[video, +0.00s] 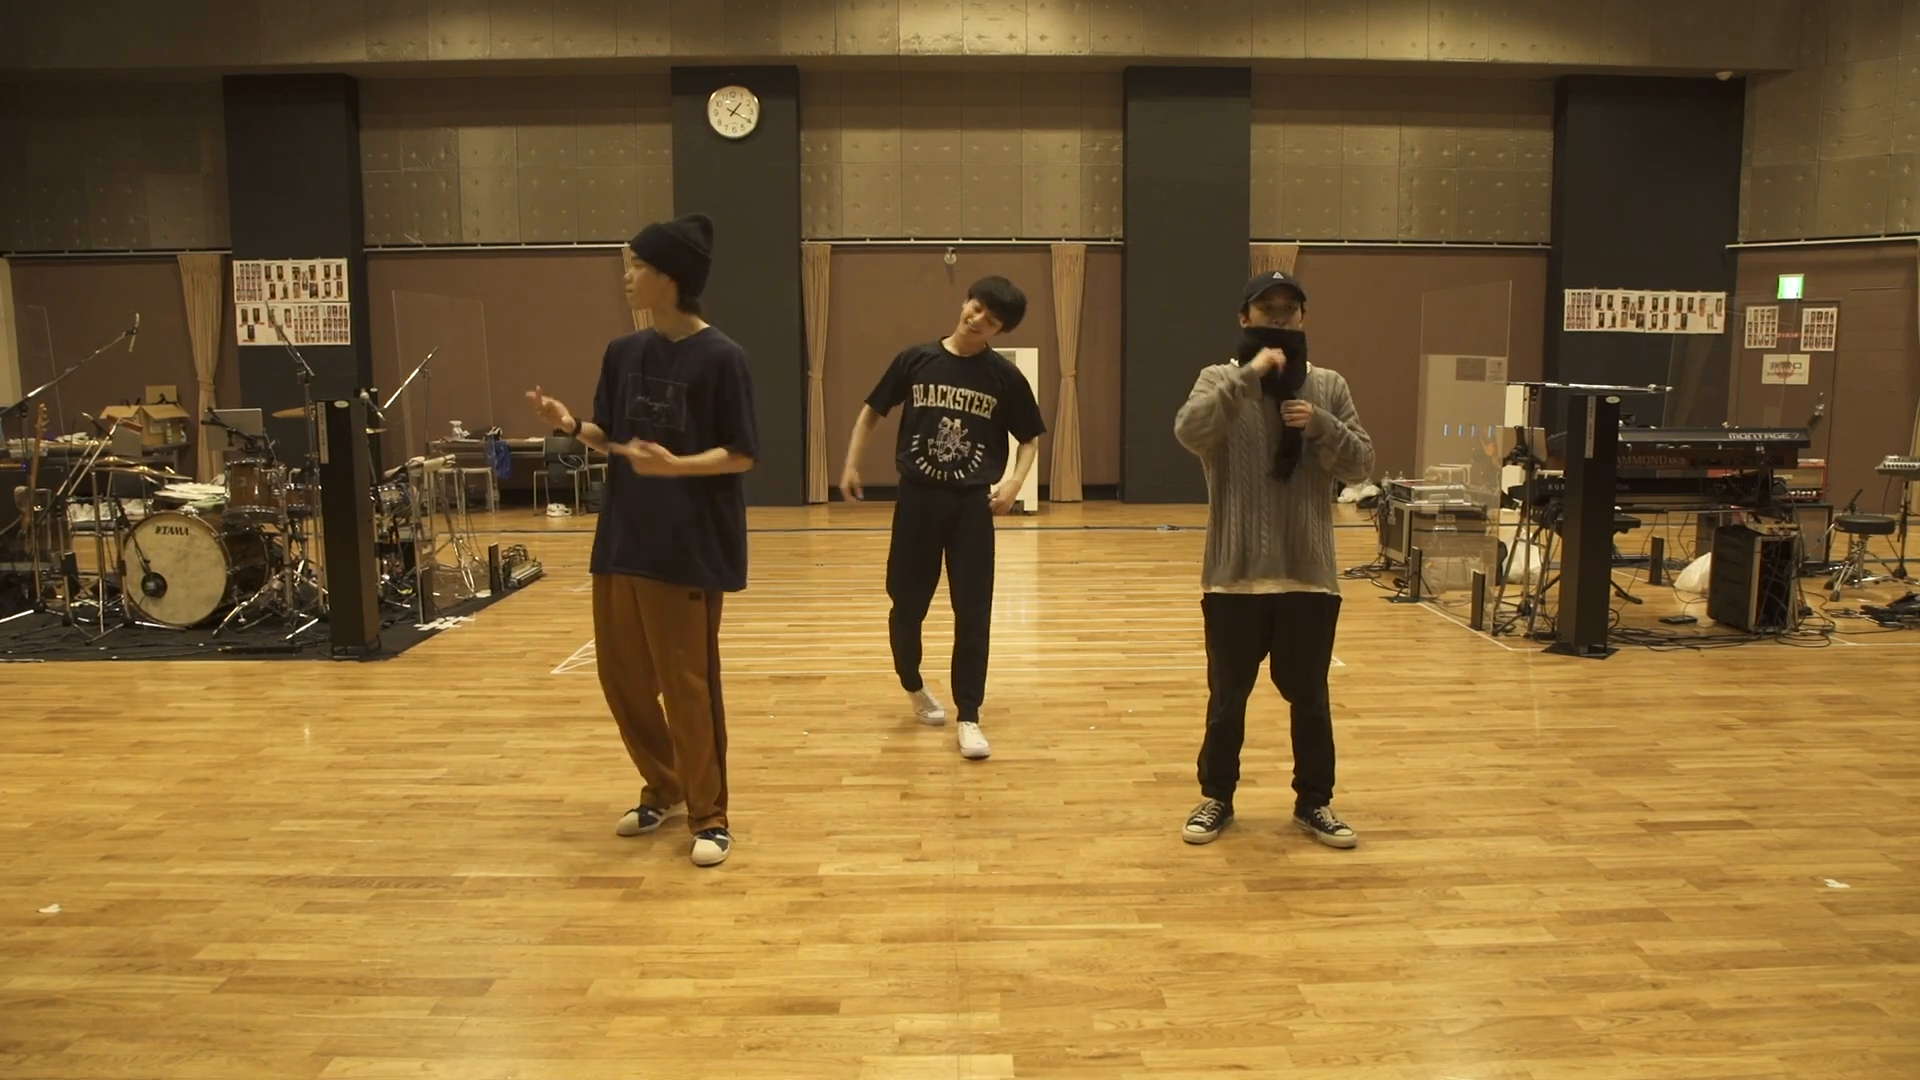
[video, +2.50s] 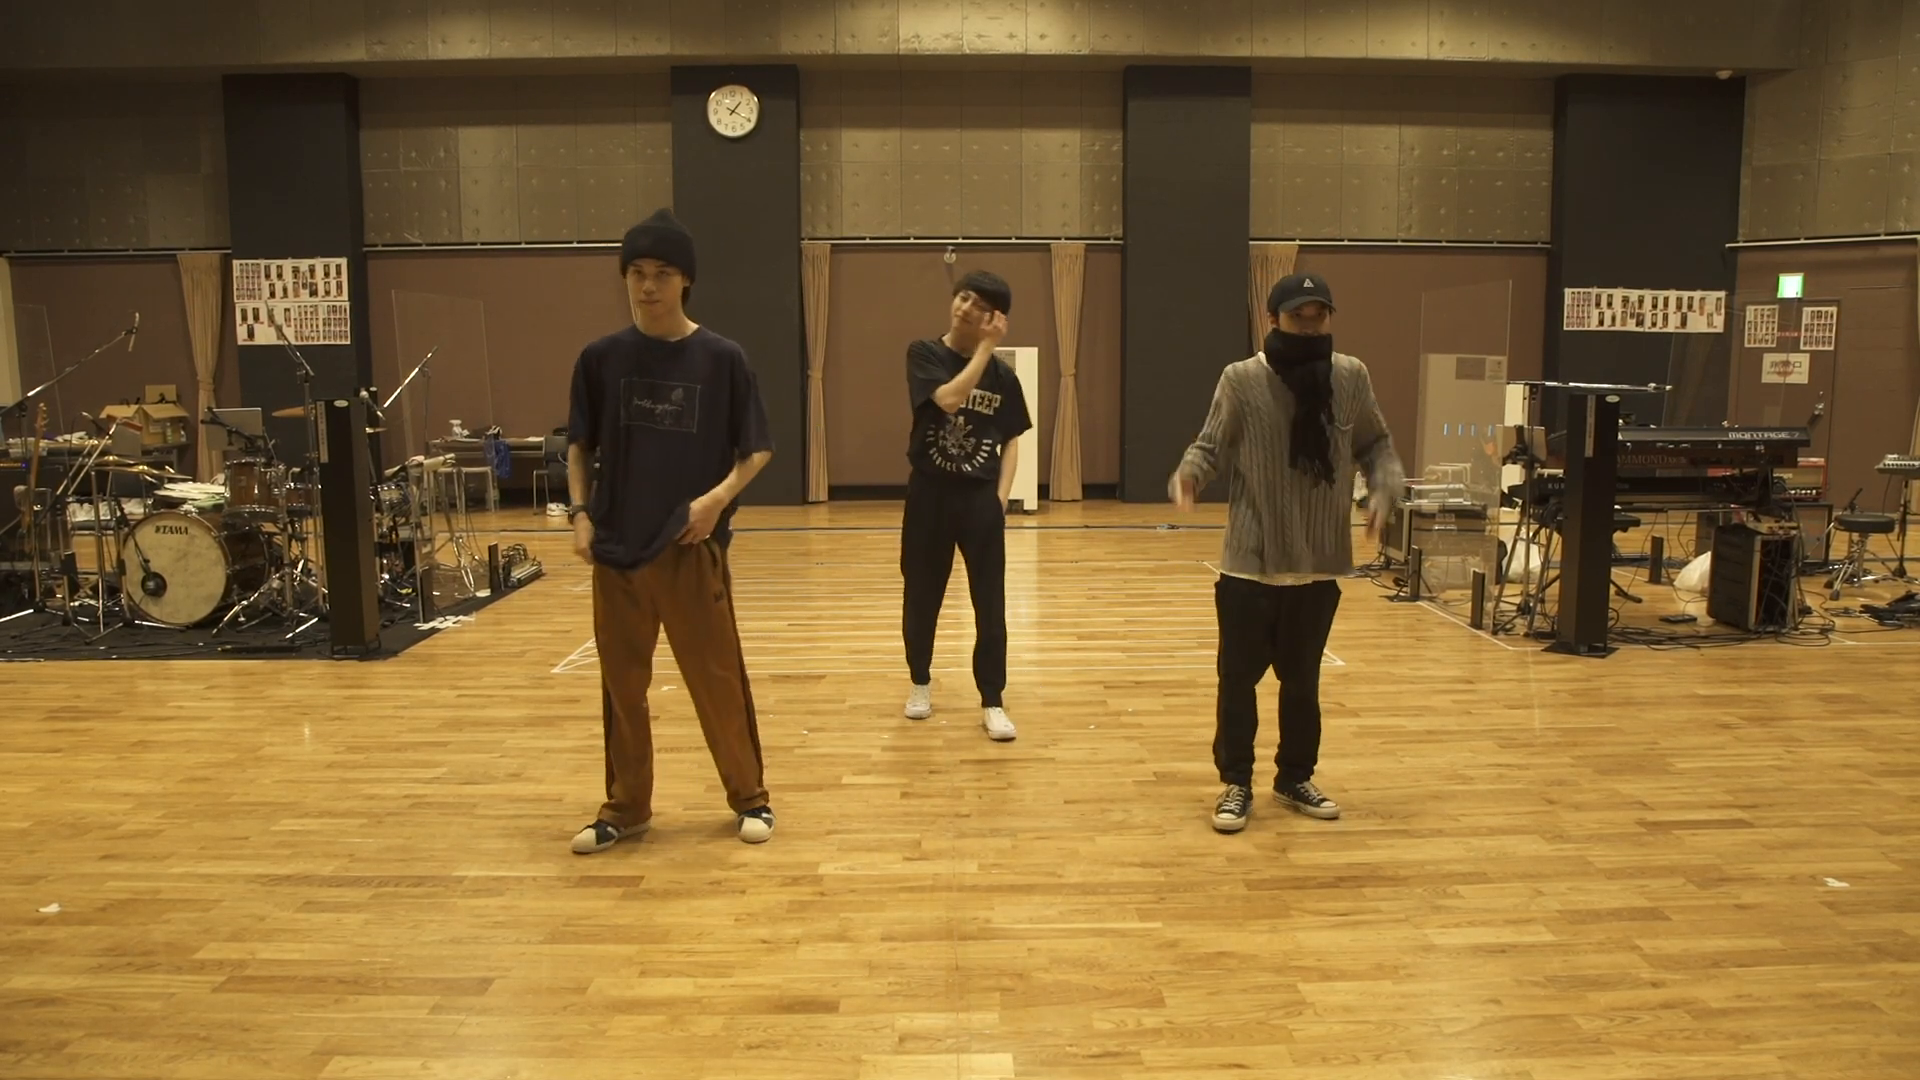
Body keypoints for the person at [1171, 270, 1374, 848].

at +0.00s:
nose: (1280, 320)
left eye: (1290, 310)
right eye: (1268, 310)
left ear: (1304, 319)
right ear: (1246, 317)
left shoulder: (1328, 387)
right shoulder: (1219, 382)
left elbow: (1361, 464)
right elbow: (1191, 432)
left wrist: (1321, 425)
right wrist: (1248, 373)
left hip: (1309, 574)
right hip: (1234, 573)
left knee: (1310, 697)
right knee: (1226, 697)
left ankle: (1314, 804)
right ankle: (1216, 801)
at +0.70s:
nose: (1284, 322)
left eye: (1293, 312)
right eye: (1272, 311)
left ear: (1305, 320)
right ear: (1249, 318)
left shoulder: (1331, 392)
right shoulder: (1218, 387)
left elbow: (1350, 474)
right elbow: (1201, 472)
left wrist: (1319, 480)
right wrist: (1260, 442)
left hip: (1304, 574)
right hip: (1230, 573)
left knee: (1307, 697)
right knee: (1223, 697)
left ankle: (1314, 805)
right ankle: (1215, 801)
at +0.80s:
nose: (1285, 321)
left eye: (1294, 311)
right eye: (1273, 311)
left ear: (1305, 319)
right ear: (1249, 317)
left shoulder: (1331, 393)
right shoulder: (1216, 392)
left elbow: (1350, 475)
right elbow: (1190, 472)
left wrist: (1367, 519)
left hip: (1304, 578)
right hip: (1230, 577)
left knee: (1307, 698)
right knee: (1223, 699)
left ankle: (1314, 804)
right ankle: (1215, 800)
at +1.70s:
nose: (1280, 336)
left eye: (1289, 326)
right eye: (1268, 325)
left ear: (1300, 328)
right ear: (1240, 325)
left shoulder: (1316, 388)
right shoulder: (1202, 390)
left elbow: (1344, 461)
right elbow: (1163, 470)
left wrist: (1383, 476)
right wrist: (1182, 485)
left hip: (1292, 580)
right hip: (1219, 581)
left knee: (1309, 697)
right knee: (1215, 700)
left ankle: (1319, 802)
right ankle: (1214, 799)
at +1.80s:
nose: (1278, 334)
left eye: (1287, 324)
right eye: (1267, 324)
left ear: (1298, 328)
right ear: (1239, 323)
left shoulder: (1310, 385)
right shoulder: (1203, 382)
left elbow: (1344, 458)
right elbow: (1175, 457)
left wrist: (1349, 407)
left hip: (1293, 572)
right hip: (1219, 573)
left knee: (1307, 689)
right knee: (1215, 693)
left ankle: (1318, 792)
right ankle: (1214, 797)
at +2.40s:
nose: (1311, 328)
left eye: (1320, 318)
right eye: (1299, 318)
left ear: (1330, 323)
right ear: (1274, 322)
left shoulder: (1348, 376)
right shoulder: (1242, 378)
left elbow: (1383, 460)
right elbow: (1212, 465)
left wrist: (1377, 437)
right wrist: (1217, 436)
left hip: (1317, 561)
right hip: (1249, 559)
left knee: (1303, 680)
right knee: (1232, 679)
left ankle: (1294, 779)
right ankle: (1223, 787)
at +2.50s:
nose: (1313, 324)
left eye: (1321, 314)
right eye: (1301, 314)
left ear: (1332, 321)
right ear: (1274, 320)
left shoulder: (1350, 377)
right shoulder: (1240, 380)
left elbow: (1376, 446)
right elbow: (1209, 448)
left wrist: (1389, 491)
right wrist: (1189, 473)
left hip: (1317, 566)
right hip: (1248, 565)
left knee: (1302, 682)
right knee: (1237, 680)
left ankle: (1294, 781)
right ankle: (1236, 785)